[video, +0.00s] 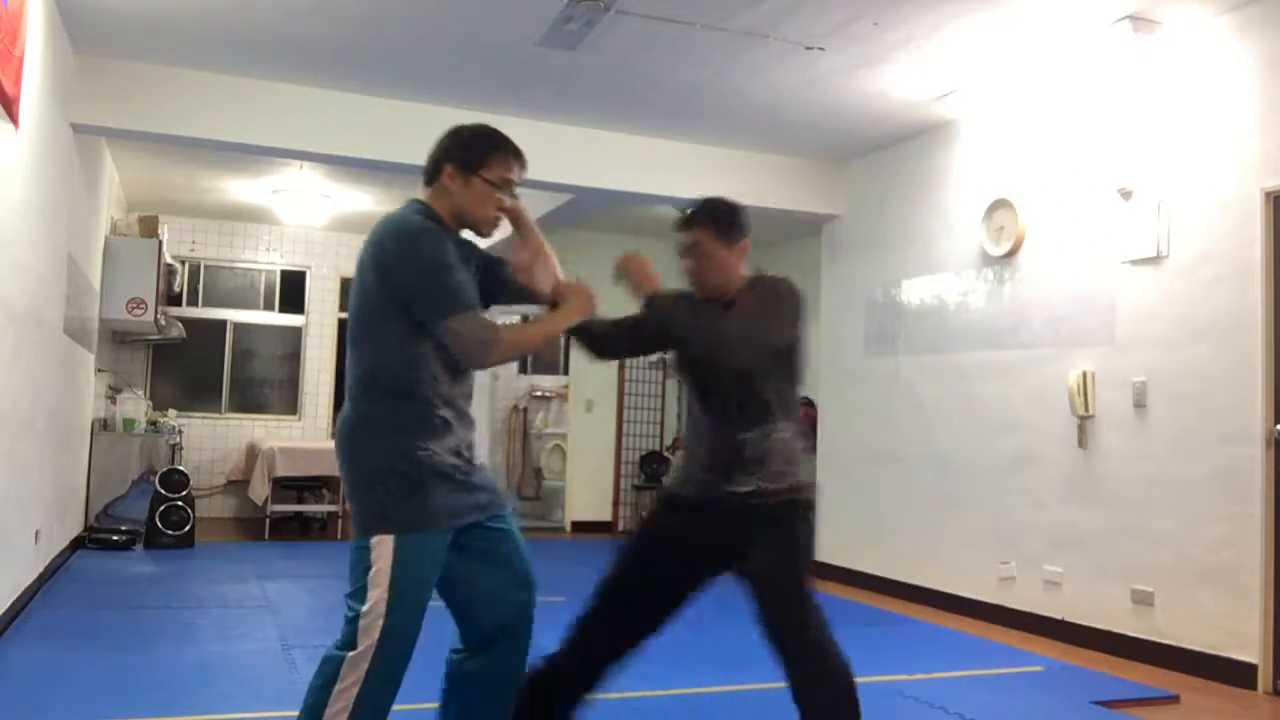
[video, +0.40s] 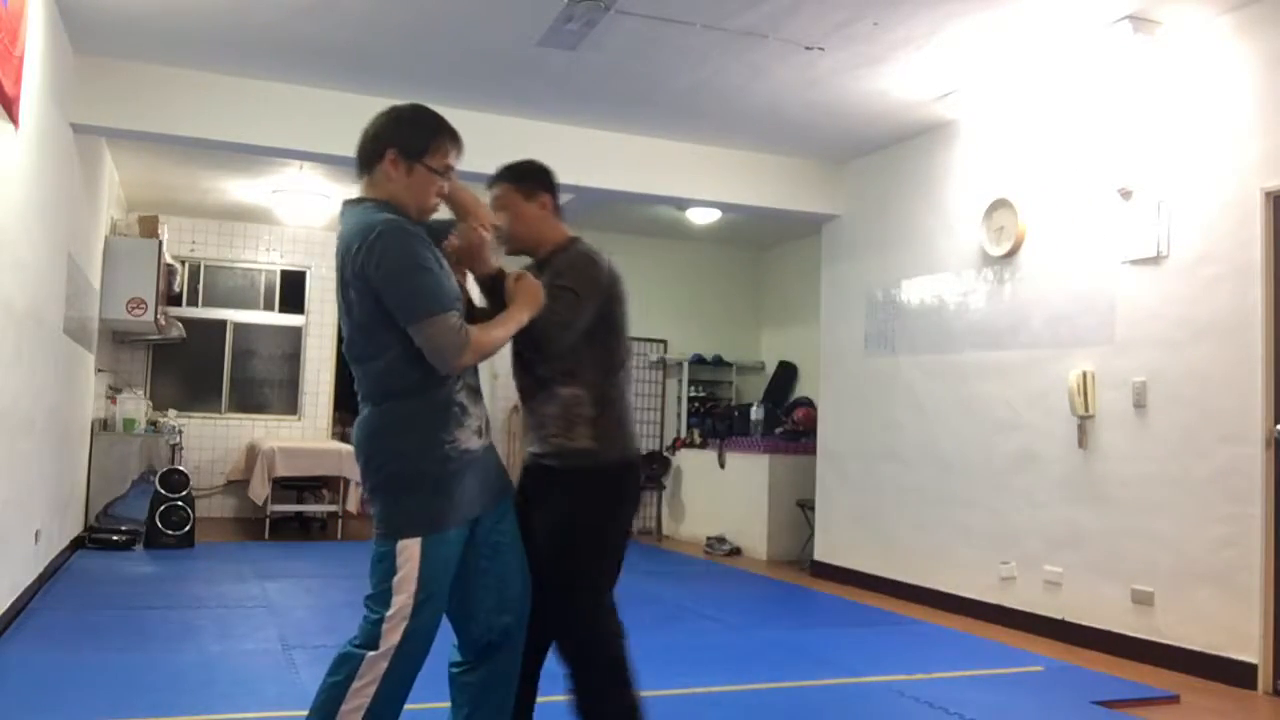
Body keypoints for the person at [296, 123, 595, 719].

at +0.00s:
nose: (506, 202)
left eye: (511, 191)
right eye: (499, 187)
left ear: (455, 182)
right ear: (452, 176)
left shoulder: (452, 248)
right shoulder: (411, 236)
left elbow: (541, 281)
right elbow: (476, 344)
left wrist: (514, 206)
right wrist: (565, 315)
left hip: (456, 467)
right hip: (399, 468)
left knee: (504, 611)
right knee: (378, 640)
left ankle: (478, 717)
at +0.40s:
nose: (445, 186)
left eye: (449, 175)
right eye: (438, 172)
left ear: (387, 167)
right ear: (394, 164)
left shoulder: (382, 227)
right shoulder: (388, 235)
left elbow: (478, 245)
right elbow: (453, 350)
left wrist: (450, 185)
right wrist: (518, 313)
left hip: (468, 458)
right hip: (422, 463)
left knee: (498, 630)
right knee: (394, 637)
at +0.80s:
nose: (410, 185)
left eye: (413, 171)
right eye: (405, 169)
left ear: (346, 162)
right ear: (362, 161)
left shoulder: (321, 230)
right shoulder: (369, 235)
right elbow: (431, 348)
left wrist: (413, 232)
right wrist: (486, 282)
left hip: (435, 449)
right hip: (411, 453)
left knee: (476, 625)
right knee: (388, 635)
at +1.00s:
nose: (385, 183)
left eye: (387, 168)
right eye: (377, 166)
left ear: (325, 163)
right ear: (334, 161)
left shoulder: (311, 225)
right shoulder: (343, 235)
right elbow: (408, 348)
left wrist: (395, 216)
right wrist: (463, 273)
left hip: (425, 452)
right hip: (402, 458)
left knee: (467, 628)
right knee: (379, 636)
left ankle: (476, 719)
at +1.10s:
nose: (371, 180)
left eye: (372, 166)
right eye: (363, 164)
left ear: (315, 164)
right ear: (319, 163)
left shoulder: (312, 224)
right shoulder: (328, 235)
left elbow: (411, 197)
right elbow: (398, 345)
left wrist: (360, 188)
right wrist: (452, 270)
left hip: (427, 454)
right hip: (397, 460)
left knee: (462, 632)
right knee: (374, 638)